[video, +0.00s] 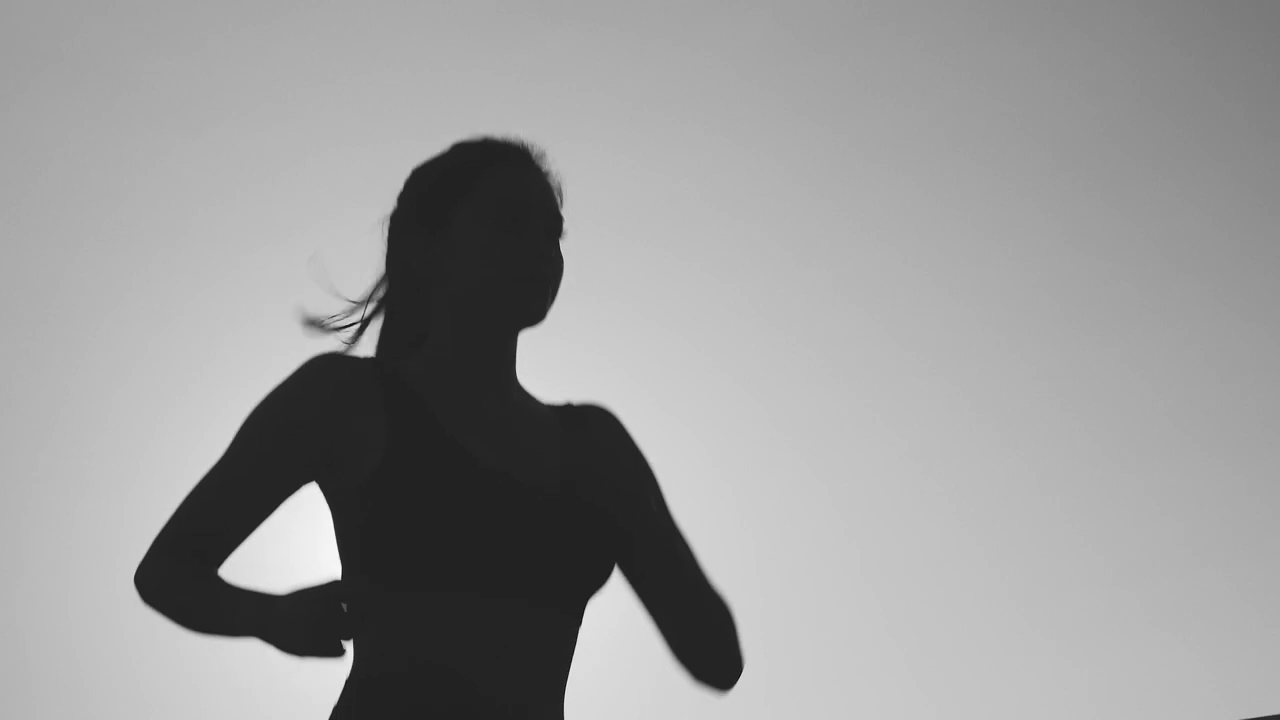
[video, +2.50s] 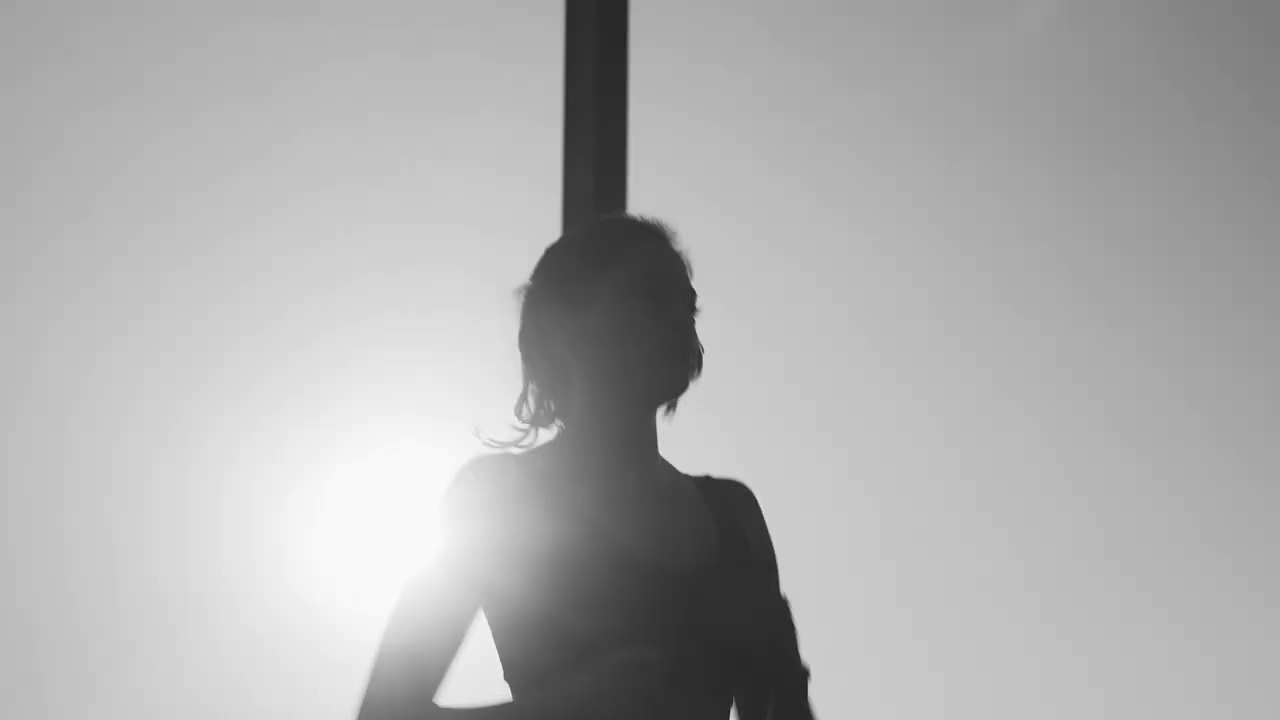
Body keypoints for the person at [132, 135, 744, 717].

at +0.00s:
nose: (549, 252)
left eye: (552, 231)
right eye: (518, 225)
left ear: (556, 259)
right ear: (435, 245)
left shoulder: (589, 445)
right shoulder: (338, 399)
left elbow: (719, 664)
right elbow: (166, 574)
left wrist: (629, 516)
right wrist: (270, 616)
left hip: (527, 709)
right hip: (379, 705)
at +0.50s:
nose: (521, 269)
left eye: (532, 247)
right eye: (488, 242)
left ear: (547, 276)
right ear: (416, 266)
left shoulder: (573, 455)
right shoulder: (322, 425)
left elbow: (648, 688)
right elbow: (179, 656)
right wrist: (346, 625)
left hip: (523, 708)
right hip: (376, 712)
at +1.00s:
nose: (563, 292)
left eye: (563, 268)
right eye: (540, 264)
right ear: (463, 273)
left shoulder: (540, 472)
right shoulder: (390, 405)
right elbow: (346, 609)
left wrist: (577, 697)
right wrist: (574, 529)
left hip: (531, 708)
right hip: (423, 705)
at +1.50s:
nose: (605, 324)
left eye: (603, 306)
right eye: (573, 304)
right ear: (488, 336)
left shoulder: (606, 528)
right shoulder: (439, 459)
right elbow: (288, 658)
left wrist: (646, 706)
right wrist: (505, 673)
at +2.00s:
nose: (643, 294)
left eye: (640, 271)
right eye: (622, 270)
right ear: (548, 285)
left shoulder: (678, 463)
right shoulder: (438, 434)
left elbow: (826, 668)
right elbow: (258, 593)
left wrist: (726, 530)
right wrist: (364, 636)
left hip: (637, 710)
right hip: (506, 710)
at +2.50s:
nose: (688, 343)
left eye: (685, 314)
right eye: (650, 310)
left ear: (685, 350)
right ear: (556, 342)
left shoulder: (727, 510)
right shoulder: (496, 493)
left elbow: (780, 702)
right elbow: (397, 692)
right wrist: (517, 708)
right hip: (563, 707)